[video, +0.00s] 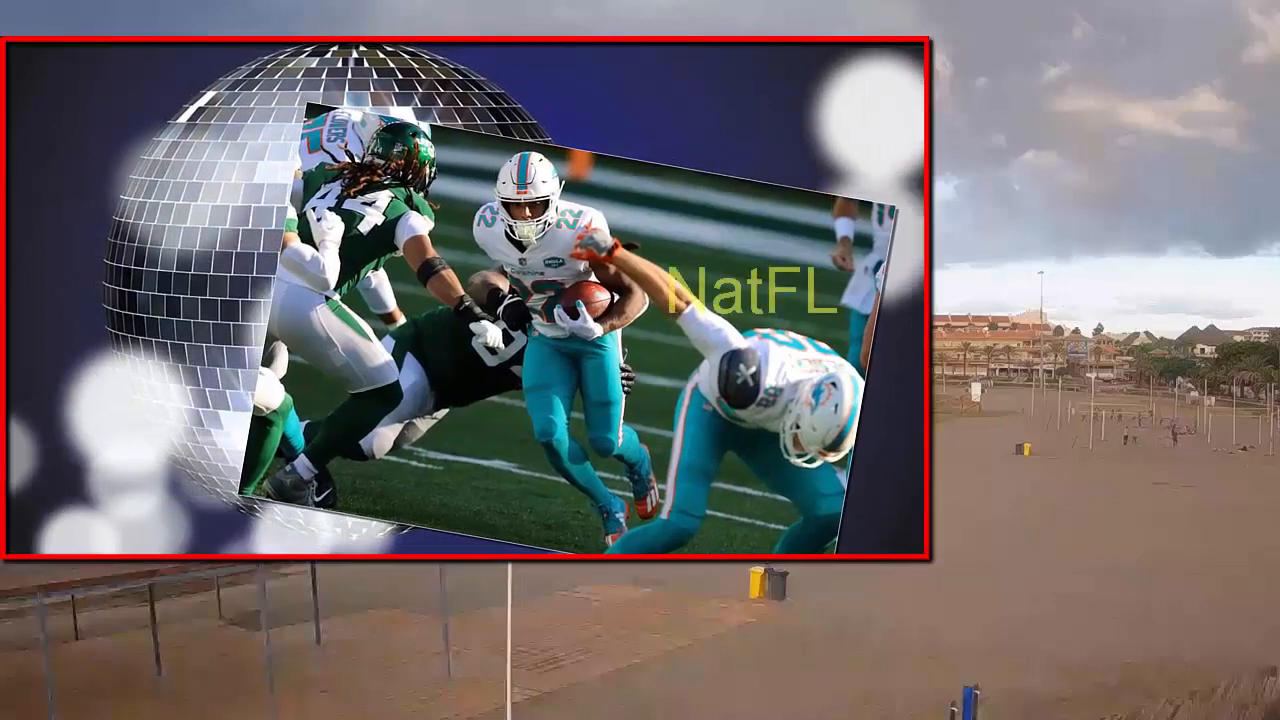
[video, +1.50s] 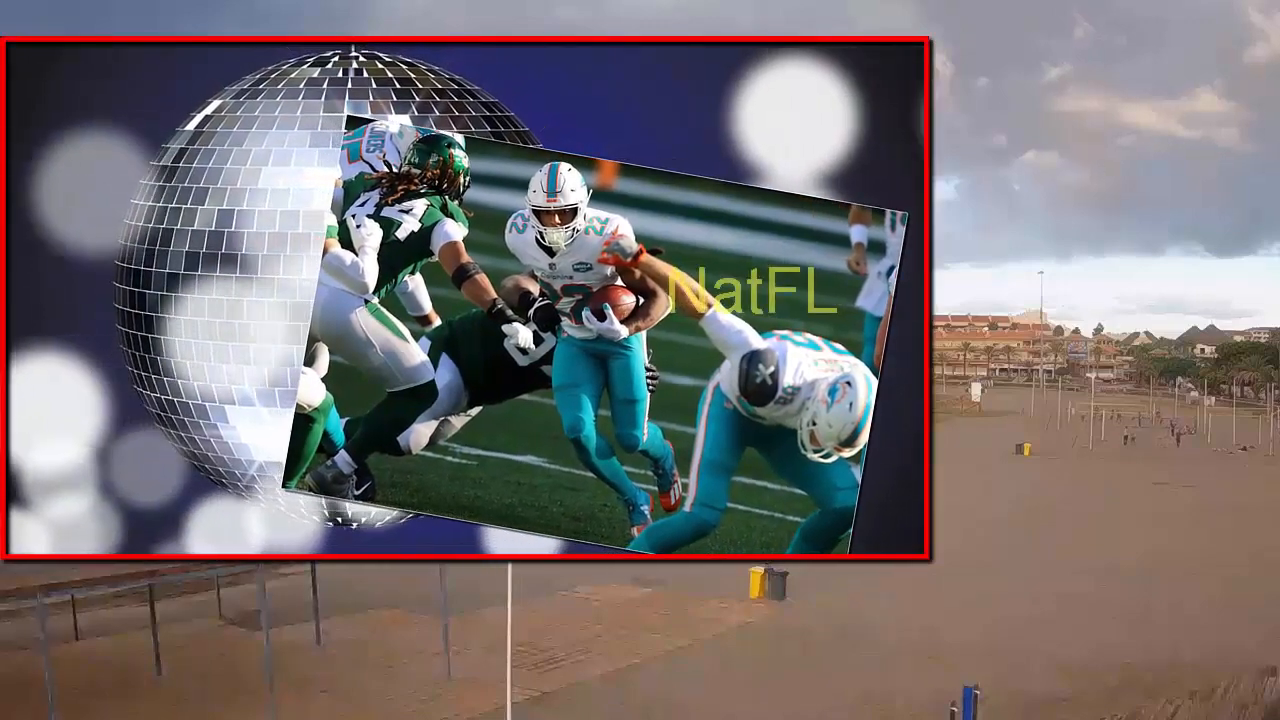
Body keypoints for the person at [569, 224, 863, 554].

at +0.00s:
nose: (809, 459)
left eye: (822, 455)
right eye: (804, 449)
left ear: (849, 432)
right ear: (793, 414)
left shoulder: (858, 415)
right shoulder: (752, 375)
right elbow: (677, 301)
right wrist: (613, 253)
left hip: (769, 426)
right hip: (712, 404)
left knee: (831, 513)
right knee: (681, 523)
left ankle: (770, 582)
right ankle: (600, 571)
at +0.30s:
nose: (811, 458)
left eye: (824, 455)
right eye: (807, 447)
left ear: (852, 434)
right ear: (797, 413)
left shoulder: (861, 417)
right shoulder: (754, 375)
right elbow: (682, 302)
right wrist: (620, 255)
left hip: (773, 425)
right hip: (717, 403)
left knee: (834, 510)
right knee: (686, 522)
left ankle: (774, 581)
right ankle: (604, 572)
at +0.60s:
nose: (815, 457)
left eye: (828, 454)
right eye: (810, 446)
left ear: (856, 433)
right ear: (800, 412)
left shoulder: (866, 416)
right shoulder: (757, 374)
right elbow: (686, 301)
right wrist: (624, 256)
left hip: (776, 425)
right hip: (722, 403)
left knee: (837, 508)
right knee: (690, 520)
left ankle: (777, 582)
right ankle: (609, 571)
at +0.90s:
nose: (817, 457)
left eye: (831, 453)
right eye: (812, 444)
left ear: (856, 431)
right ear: (804, 413)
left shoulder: (867, 414)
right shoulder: (755, 367)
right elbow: (691, 303)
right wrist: (630, 257)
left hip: (778, 424)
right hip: (725, 401)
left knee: (839, 505)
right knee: (694, 519)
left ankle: (778, 582)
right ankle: (614, 569)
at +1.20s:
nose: (820, 455)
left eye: (833, 452)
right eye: (816, 444)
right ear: (807, 411)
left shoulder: (869, 411)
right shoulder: (757, 364)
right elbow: (696, 304)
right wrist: (634, 257)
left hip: (782, 424)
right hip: (728, 401)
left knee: (842, 503)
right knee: (699, 517)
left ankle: (782, 582)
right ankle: (620, 568)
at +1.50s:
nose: (822, 455)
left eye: (835, 452)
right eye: (818, 442)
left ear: (861, 429)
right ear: (810, 409)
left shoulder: (872, 413)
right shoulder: (763, 366)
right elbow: (700, 303)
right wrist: (639, 258)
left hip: (788, 424)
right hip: (733, 401)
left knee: (845, 503)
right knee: (704, 515)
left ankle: (785, 581)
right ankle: (622, 568)